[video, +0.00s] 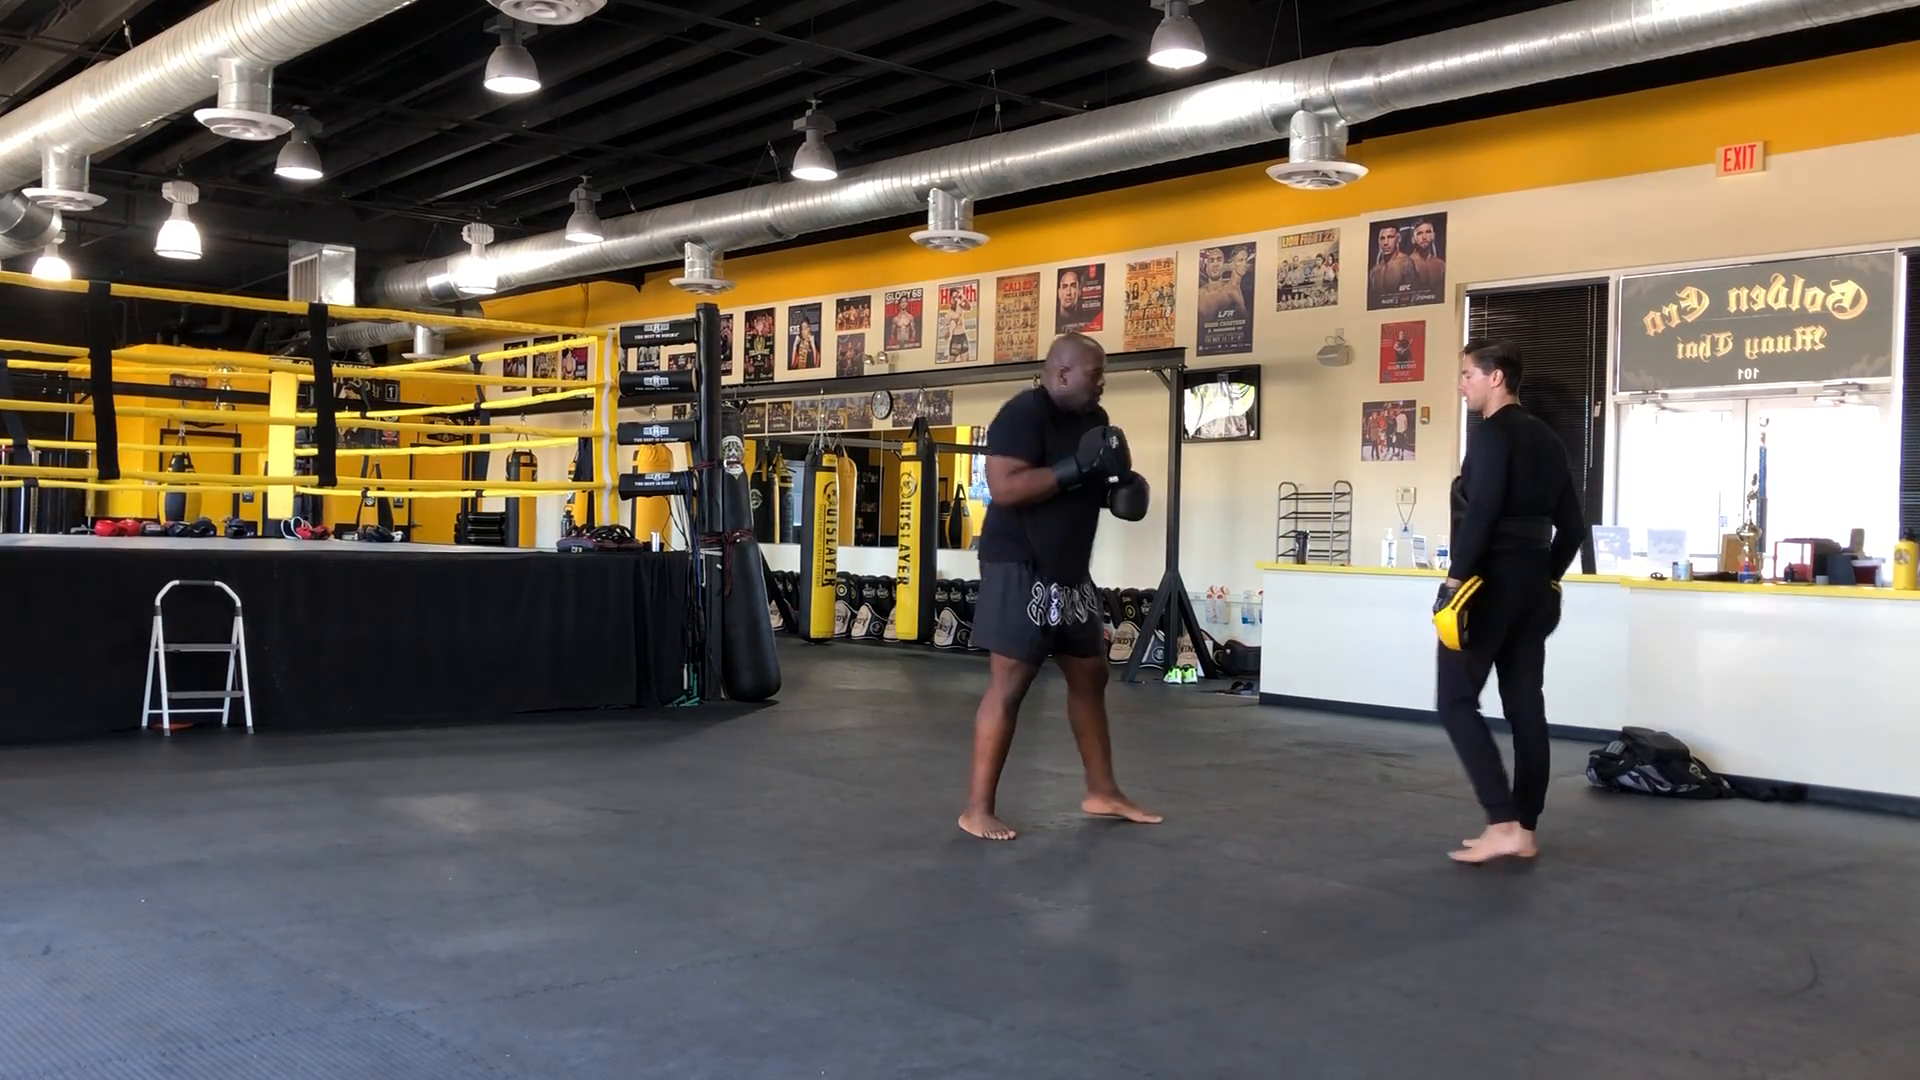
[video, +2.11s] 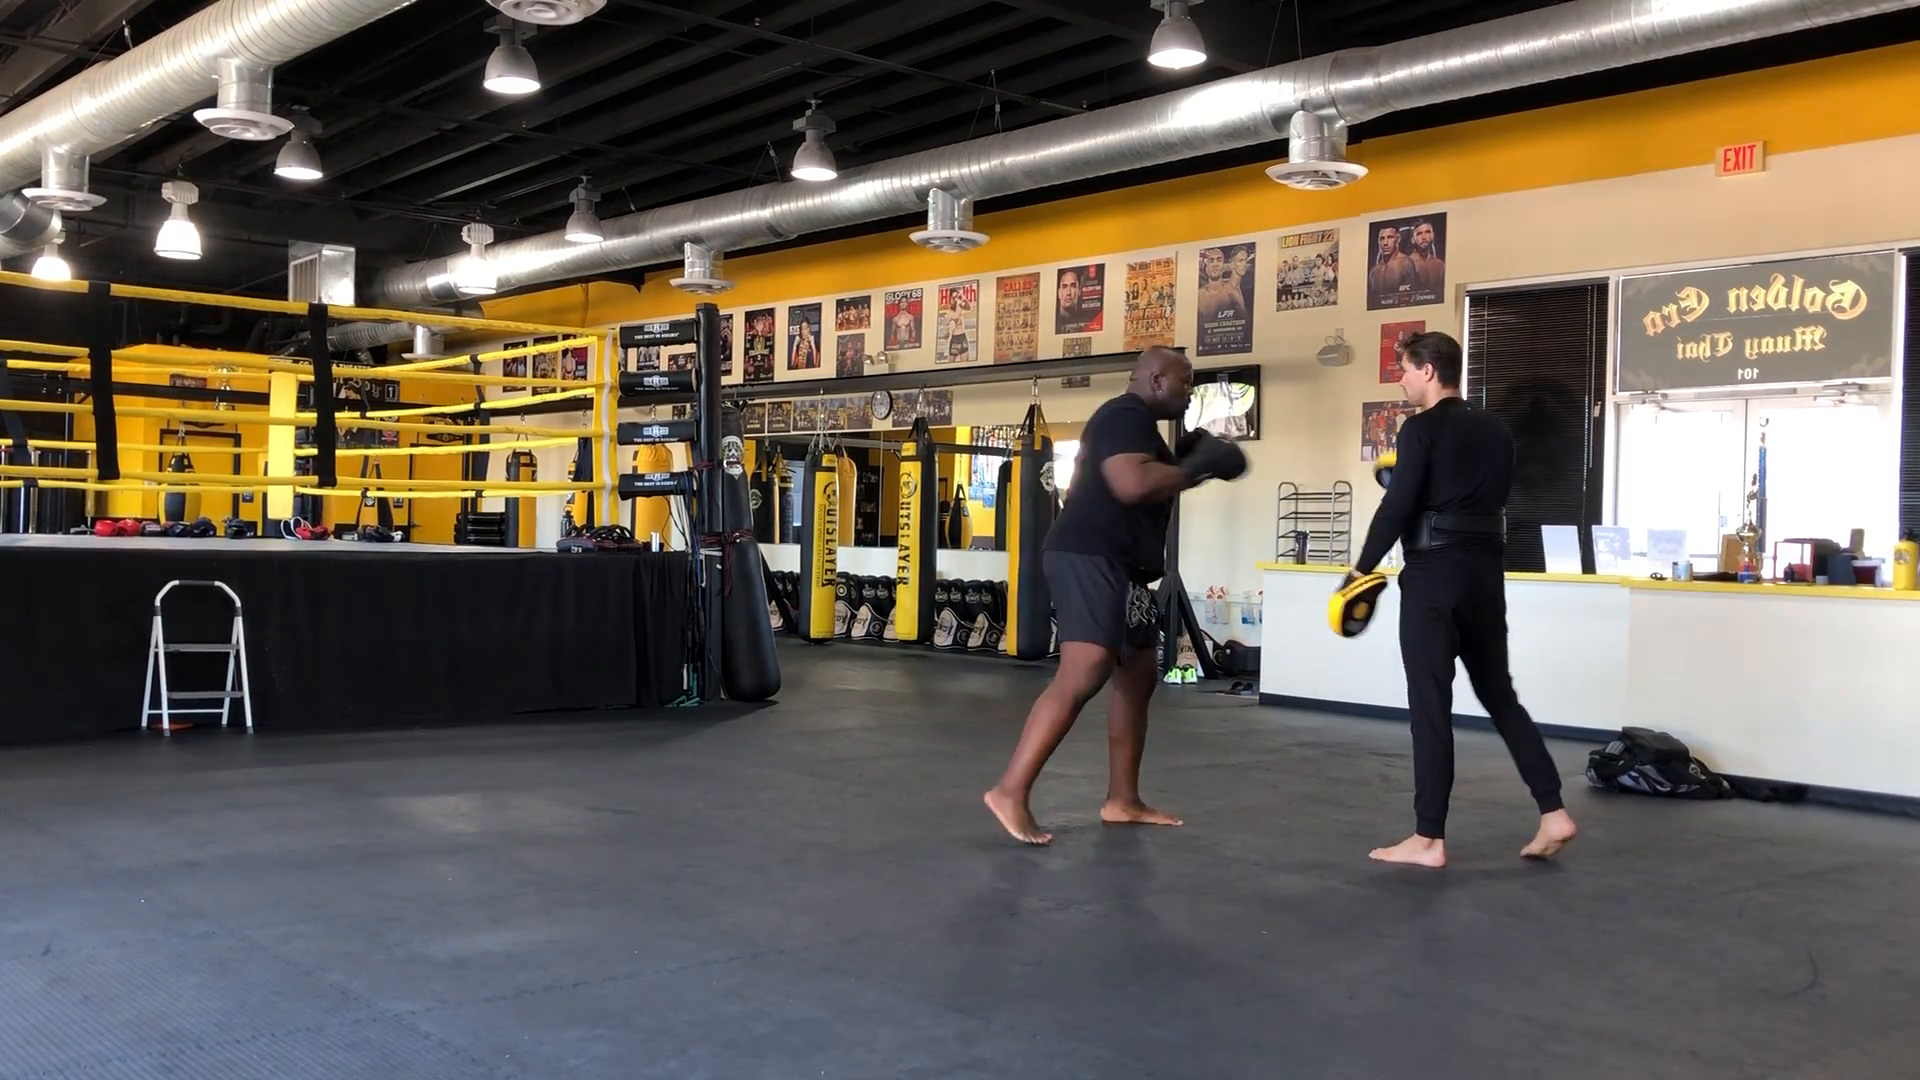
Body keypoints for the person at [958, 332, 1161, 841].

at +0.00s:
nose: (1101, 386)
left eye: (1103, 377)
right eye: (1094, 376)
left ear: (1084, 374)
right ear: (1060, 372)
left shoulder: (1092, 421)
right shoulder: (1021, 414)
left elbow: (1102, 484)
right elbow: (1004, 488)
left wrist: (1124, 494)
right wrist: (1079, 468)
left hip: (1070, 570)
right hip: (1018, 569)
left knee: (1089, 674)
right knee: (1008, 683)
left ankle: (1102, 791)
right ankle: (977, 811)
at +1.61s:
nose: (1141, 394)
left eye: (1141, 385)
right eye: (1134, 386)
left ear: (1109, 389)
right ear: (1103, 388)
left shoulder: (1105, 443)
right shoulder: (1064, 433)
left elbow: (1115, 498)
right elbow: (1065, 497)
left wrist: (1156, 466)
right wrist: (1130, 465)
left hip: (1092, 592)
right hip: (1050, 592)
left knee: (1129, 679)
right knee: (1041, 696)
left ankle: (1122, 799)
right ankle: (967, 808)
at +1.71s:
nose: (1165, 395)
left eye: (1164, 386)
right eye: (1158, 386)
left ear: (1119, 386)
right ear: (1130, 386)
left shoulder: (1088, 424)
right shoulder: (1110, 422)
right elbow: (1125, 470)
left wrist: (1156, 444)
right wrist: (1196, 447)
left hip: (1088, 582)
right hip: (1073, 580)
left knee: (1122, 676)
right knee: (1057, 692)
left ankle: (1121, 798)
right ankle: (970, 798)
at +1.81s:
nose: (1180, 406)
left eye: (1179, 397)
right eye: (1176, 396)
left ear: (1131, 390)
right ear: (1147, 392)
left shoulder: (1089, 422)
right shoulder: (1146, 422)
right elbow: (1238, 430)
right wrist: (1312, 423)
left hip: (1057, 563)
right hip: (1081, 568)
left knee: (1118, 676)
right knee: (1073, 692)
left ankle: (1120, 799)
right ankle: (981, 791)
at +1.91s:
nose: (1182, 404)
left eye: (1183, 397)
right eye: (1180, 395)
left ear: (1137, 386)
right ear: (1157, 388)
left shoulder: (1094, 422)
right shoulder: (1152, 421)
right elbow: (1235, 435)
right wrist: (1296, 429)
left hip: (1063, 556)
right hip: (1090, 562)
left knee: (1123, 672)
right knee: (1082, 683)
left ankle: (1121, 798)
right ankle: (992, 788)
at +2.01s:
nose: (1188, 400)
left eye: (1189, 390)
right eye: (1185, 389)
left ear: (1146, 383)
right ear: (1159, 385)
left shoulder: (1106, 419)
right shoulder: (1143, 416)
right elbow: (1186, 464)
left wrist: (1231, 457)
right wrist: (1246, 456)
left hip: (1083, 556)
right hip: (1095, 558)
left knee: (1135, 672)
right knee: (1083, 676)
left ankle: (1122, 799)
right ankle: (995, 787)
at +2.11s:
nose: (1188, 395)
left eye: (1190, 386)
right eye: (1185, 384)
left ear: (1151, 379)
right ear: (1155, 380)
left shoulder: (1146, 428)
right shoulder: (1124, 414)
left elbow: (1148, 482)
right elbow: (1130, 482)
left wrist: (1182, 458)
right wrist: (1193, 467)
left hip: (1124, 564)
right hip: (1088, 556)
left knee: (1137, 672)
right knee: (1084, 669)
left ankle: (1123, 799)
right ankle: (1010, 793)